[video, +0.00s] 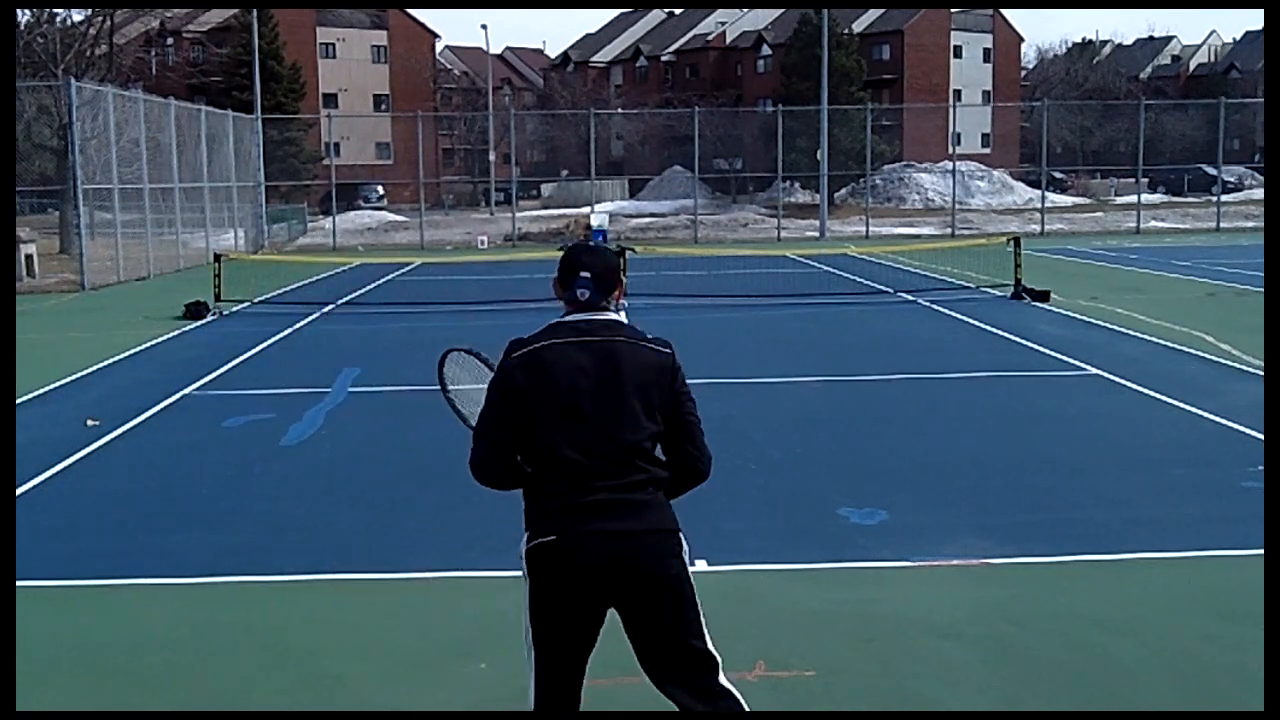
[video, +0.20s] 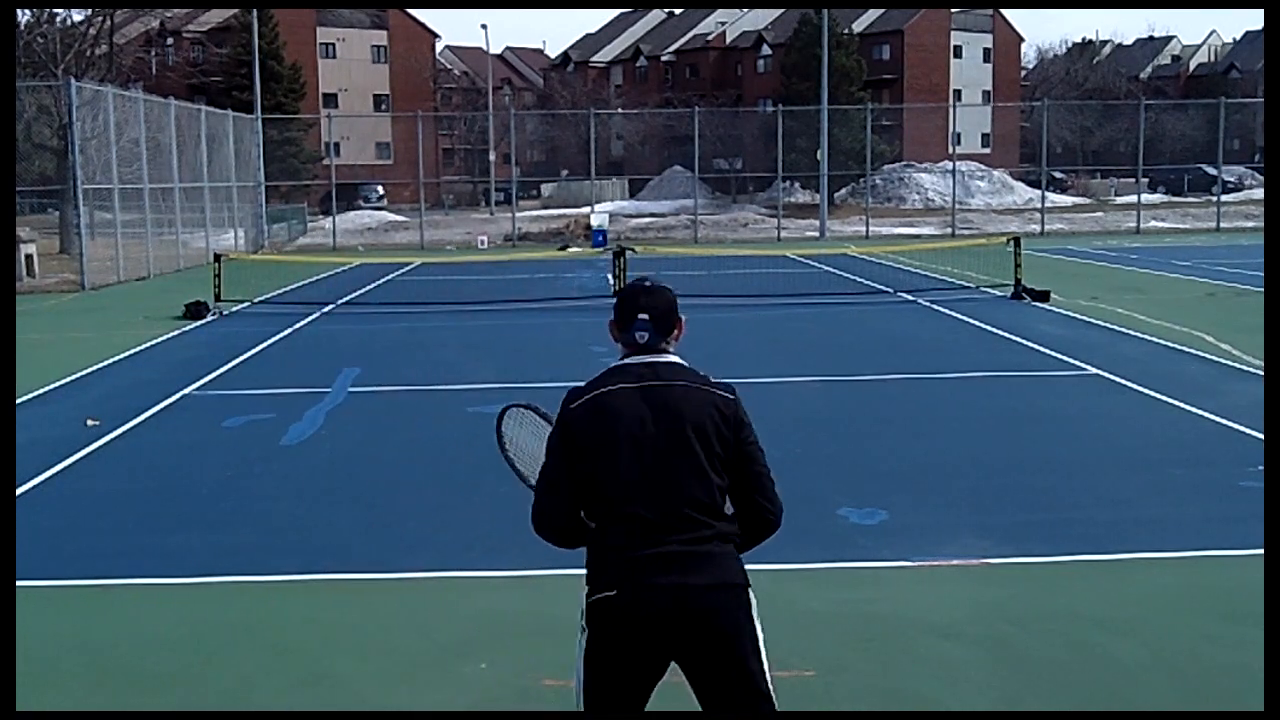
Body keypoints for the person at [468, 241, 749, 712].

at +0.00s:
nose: (555, 291)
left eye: (556, 286)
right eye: (625, 286)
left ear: (559, 292)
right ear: (621, 292)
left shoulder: (523, 357)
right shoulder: (657, 355)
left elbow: (487, 465)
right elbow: (694, 462)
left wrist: (542, 471)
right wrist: (643, 488)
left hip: (561, 553)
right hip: (649, 545)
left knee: (554, 695)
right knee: (698, 681)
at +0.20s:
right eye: (680, 322)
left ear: (613, 331)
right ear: (679, 329)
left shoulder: (582, 404)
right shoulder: (718, 399)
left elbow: (549, 519)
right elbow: (764, 511)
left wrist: (603, 531)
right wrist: (711, 544)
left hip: (622, 607)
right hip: (715, 601)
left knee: (606, 712)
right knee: (748, 711)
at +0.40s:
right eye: (701, 329)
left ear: (630, 337)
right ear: (698, 338)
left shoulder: (591, 414)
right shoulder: (736, 409)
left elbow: (563, 535)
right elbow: (790, 523)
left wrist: (627, 548)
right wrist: (726, 557)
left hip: (621, 622)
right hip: (718, 618)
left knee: (623, 711)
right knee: (746, 713)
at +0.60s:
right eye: (685, 343)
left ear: (613, 340)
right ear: (683, 346)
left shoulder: (566, 412)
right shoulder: (685, 414)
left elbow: (573, 514)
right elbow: (734, 553)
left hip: (569, 619)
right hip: (661, 624)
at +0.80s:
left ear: (591, 344)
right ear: (664, 353)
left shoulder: (551, 410)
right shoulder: (647, 426)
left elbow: (610, 525)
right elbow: (678, 576)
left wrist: (707, 487)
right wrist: (737, 545)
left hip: (509, 632)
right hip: (593, 643)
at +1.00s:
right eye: (657, 372)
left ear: (576, 365)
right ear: (650, 381)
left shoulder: (536, 426)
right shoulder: (611, 451)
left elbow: (603, 544)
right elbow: (648, 604)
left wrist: (709, 519)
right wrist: (749, 559)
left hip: (445, 653)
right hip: (514, 675)